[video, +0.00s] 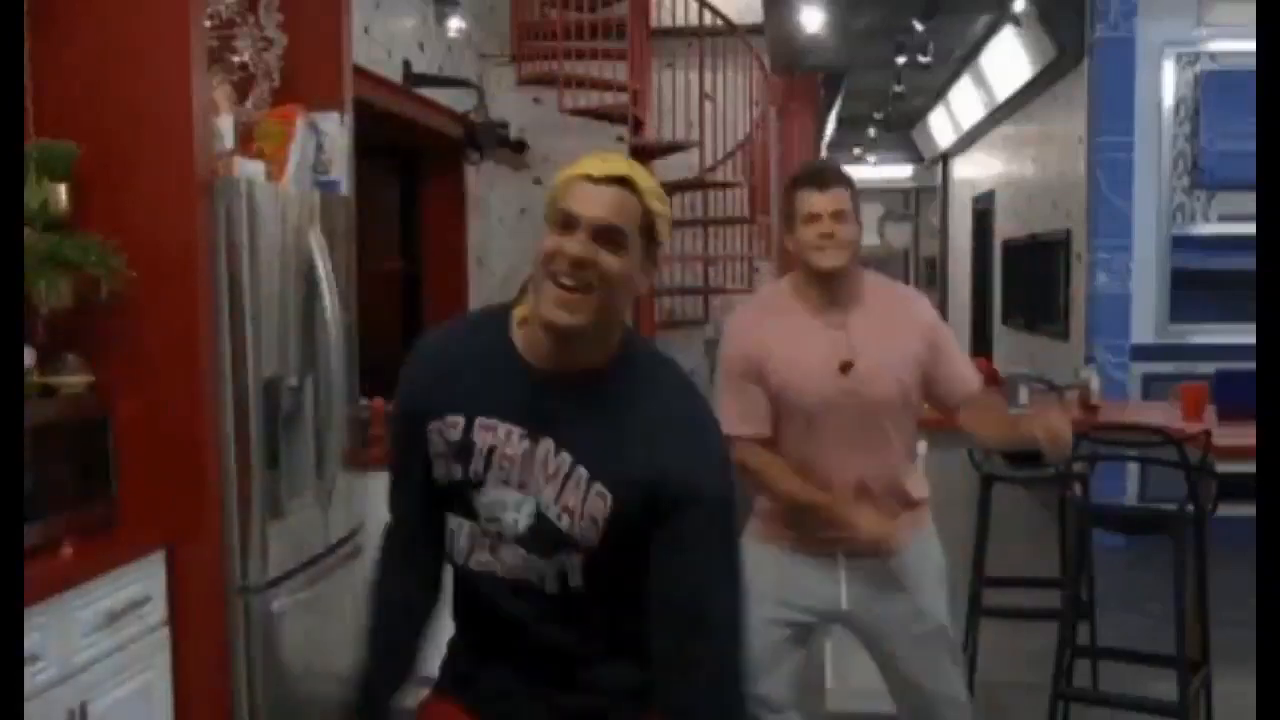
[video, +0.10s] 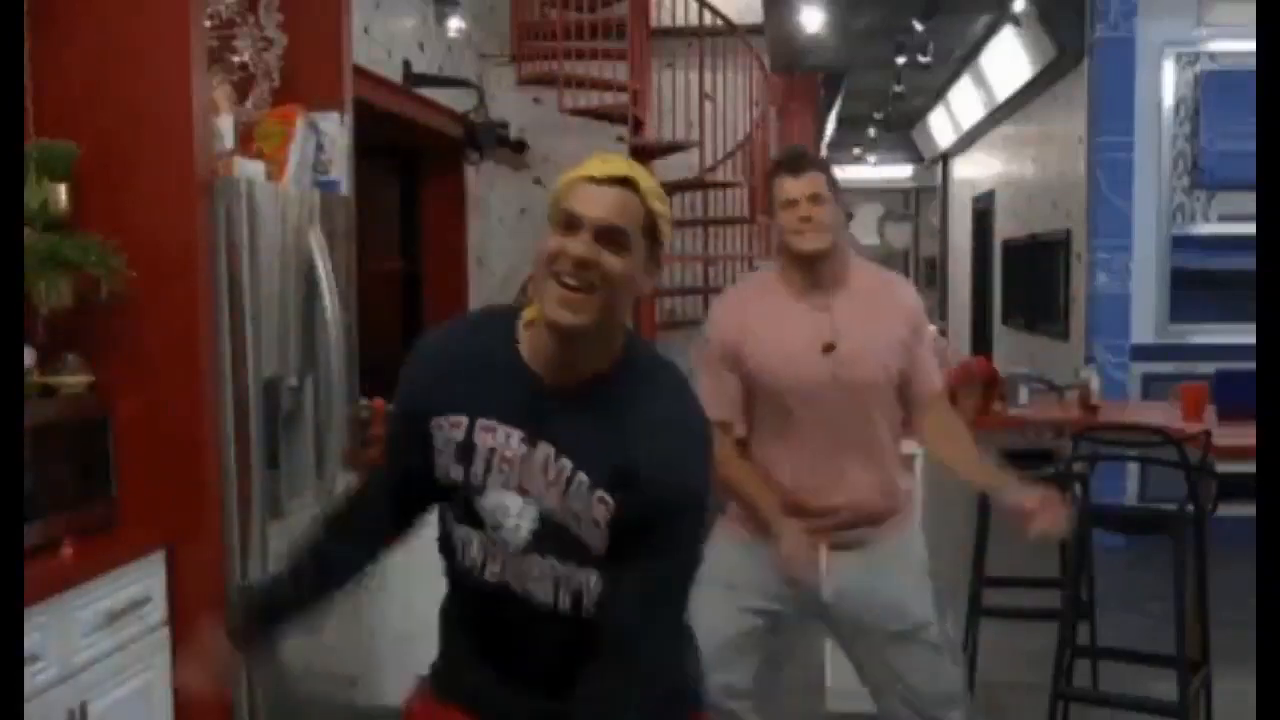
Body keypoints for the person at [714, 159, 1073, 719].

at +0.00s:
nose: (827, 230)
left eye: (839, 216)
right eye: (810, 220)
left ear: (859, 228)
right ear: (788, 238)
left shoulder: (908, 311)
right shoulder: (752, 323)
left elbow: (969, 404)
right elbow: (745, 448)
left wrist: (1024, 427)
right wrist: (840, 512)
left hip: (897, 549)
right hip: (785, 549)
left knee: (942, 705)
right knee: (768, 706)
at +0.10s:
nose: (804, 213)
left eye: (816, 199)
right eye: (789, 204)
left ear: (842, 210)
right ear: (773, 221)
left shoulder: (895, 299)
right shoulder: (736, 310)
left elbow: (932, 412)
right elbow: (718, 443)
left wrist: (1008, 490)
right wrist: (780, 522)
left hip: (877, 544)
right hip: (756, 540)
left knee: (934, 703)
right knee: (710, 691)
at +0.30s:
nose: (732, 197)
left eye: (744, 184)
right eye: (716, 189)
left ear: (769, 194)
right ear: (701, 206)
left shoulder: (828, 282)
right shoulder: (662, 284)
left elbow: (850, 397)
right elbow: (583, 368)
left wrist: (792, 485)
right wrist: (580, 441)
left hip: (790, 517)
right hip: (678, 520)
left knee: (856, 666)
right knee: (629, 674)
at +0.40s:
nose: (708, 214)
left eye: (720, 201)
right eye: (693, 206)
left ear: (748, 213)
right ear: (679, 225)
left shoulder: (803, 302)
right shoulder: (642, 302)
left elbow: (818, 423)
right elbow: (550, 356)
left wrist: (758, 446)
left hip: (767, 529)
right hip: (657, 537)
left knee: (816, 671)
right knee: (616, 691)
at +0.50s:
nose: (682, 212)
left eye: (695, 199)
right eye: (667, 204)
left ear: (723, 210)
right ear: (652, 221)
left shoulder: (781, 294)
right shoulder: (624, 287)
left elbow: (798, 414)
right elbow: (544, 322)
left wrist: (710, 412)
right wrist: (497, 292)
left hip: (739, 528)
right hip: (634, 523)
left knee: (753, 677)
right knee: (601, 678)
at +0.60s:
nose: (676, 209)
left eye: (689, 195)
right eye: (662, 201)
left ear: (717, 205)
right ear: (650, 218)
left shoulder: (778, 292)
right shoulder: (623, 285)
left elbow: (794, 409)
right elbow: (538, 321)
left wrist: (697, 422)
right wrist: (485, 305)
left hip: (739, 519)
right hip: (638, 515)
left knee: (744, 669)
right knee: (606, 672)